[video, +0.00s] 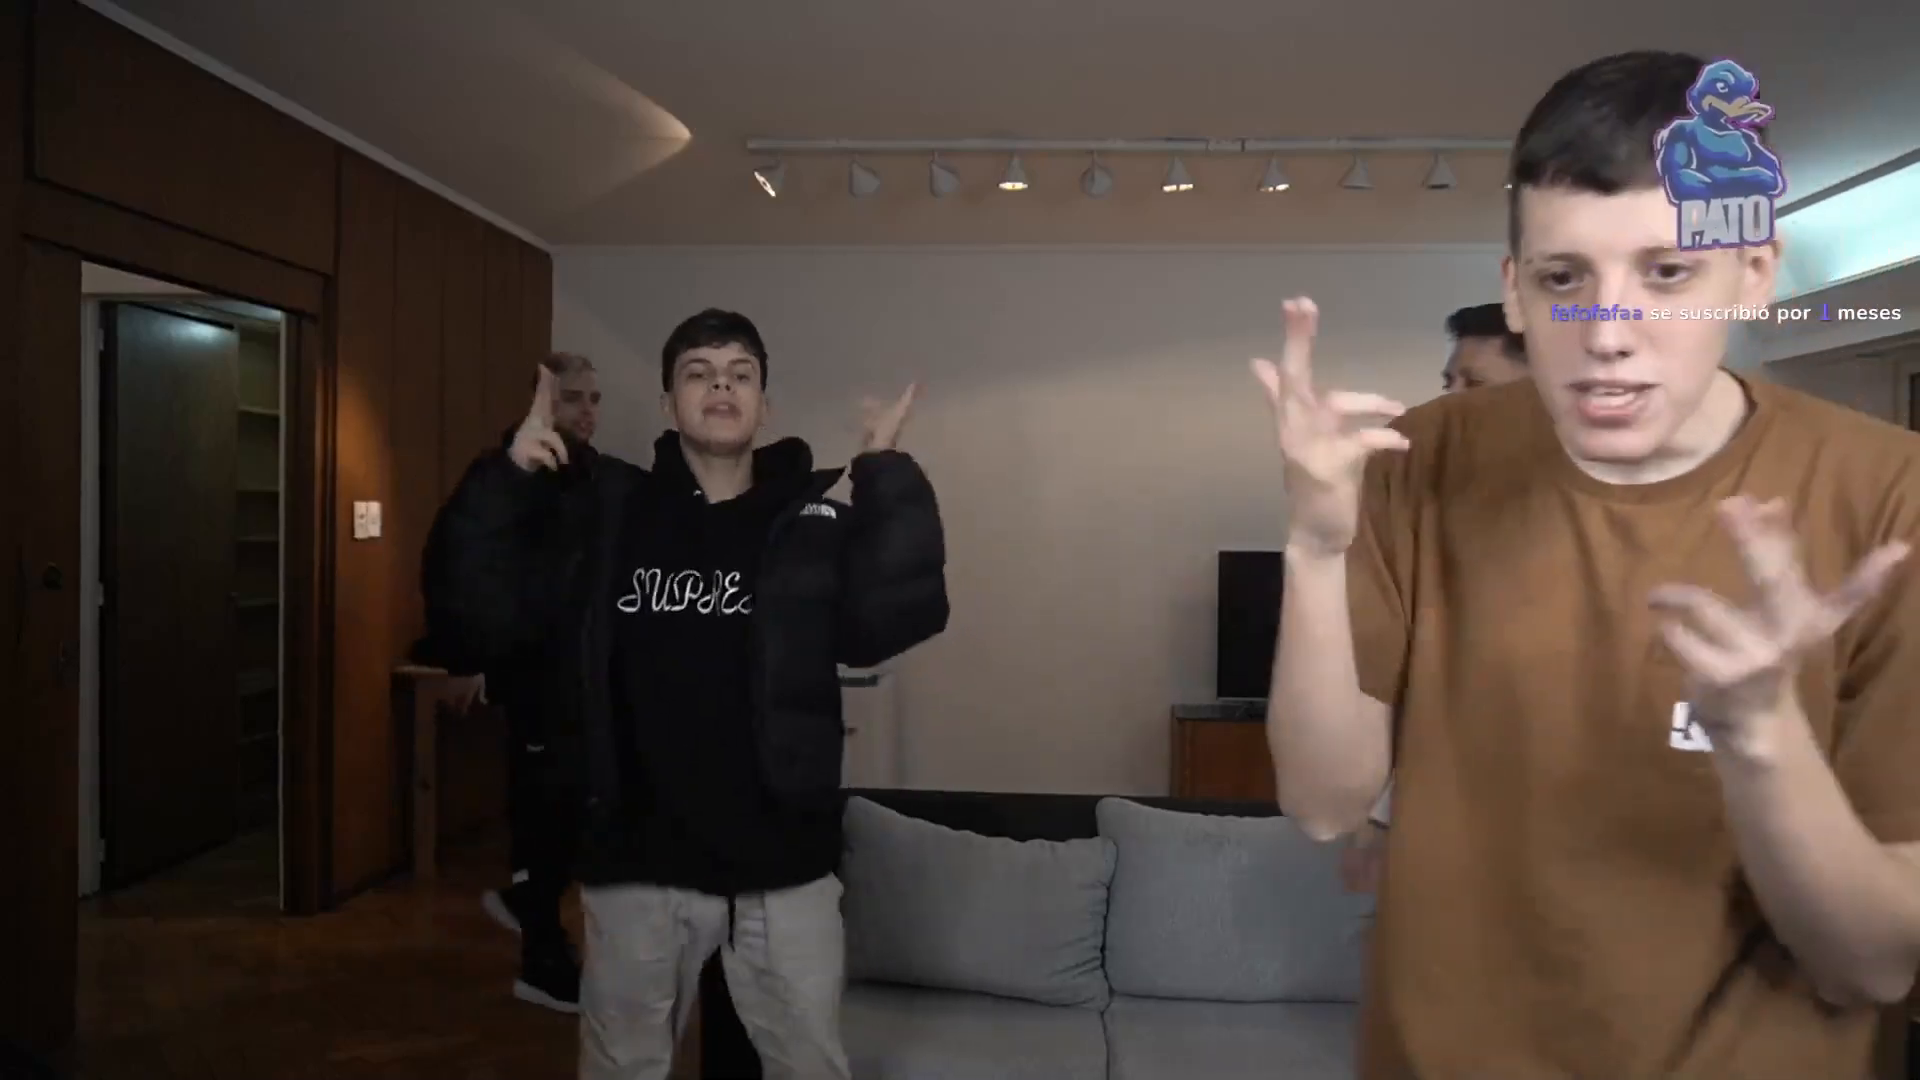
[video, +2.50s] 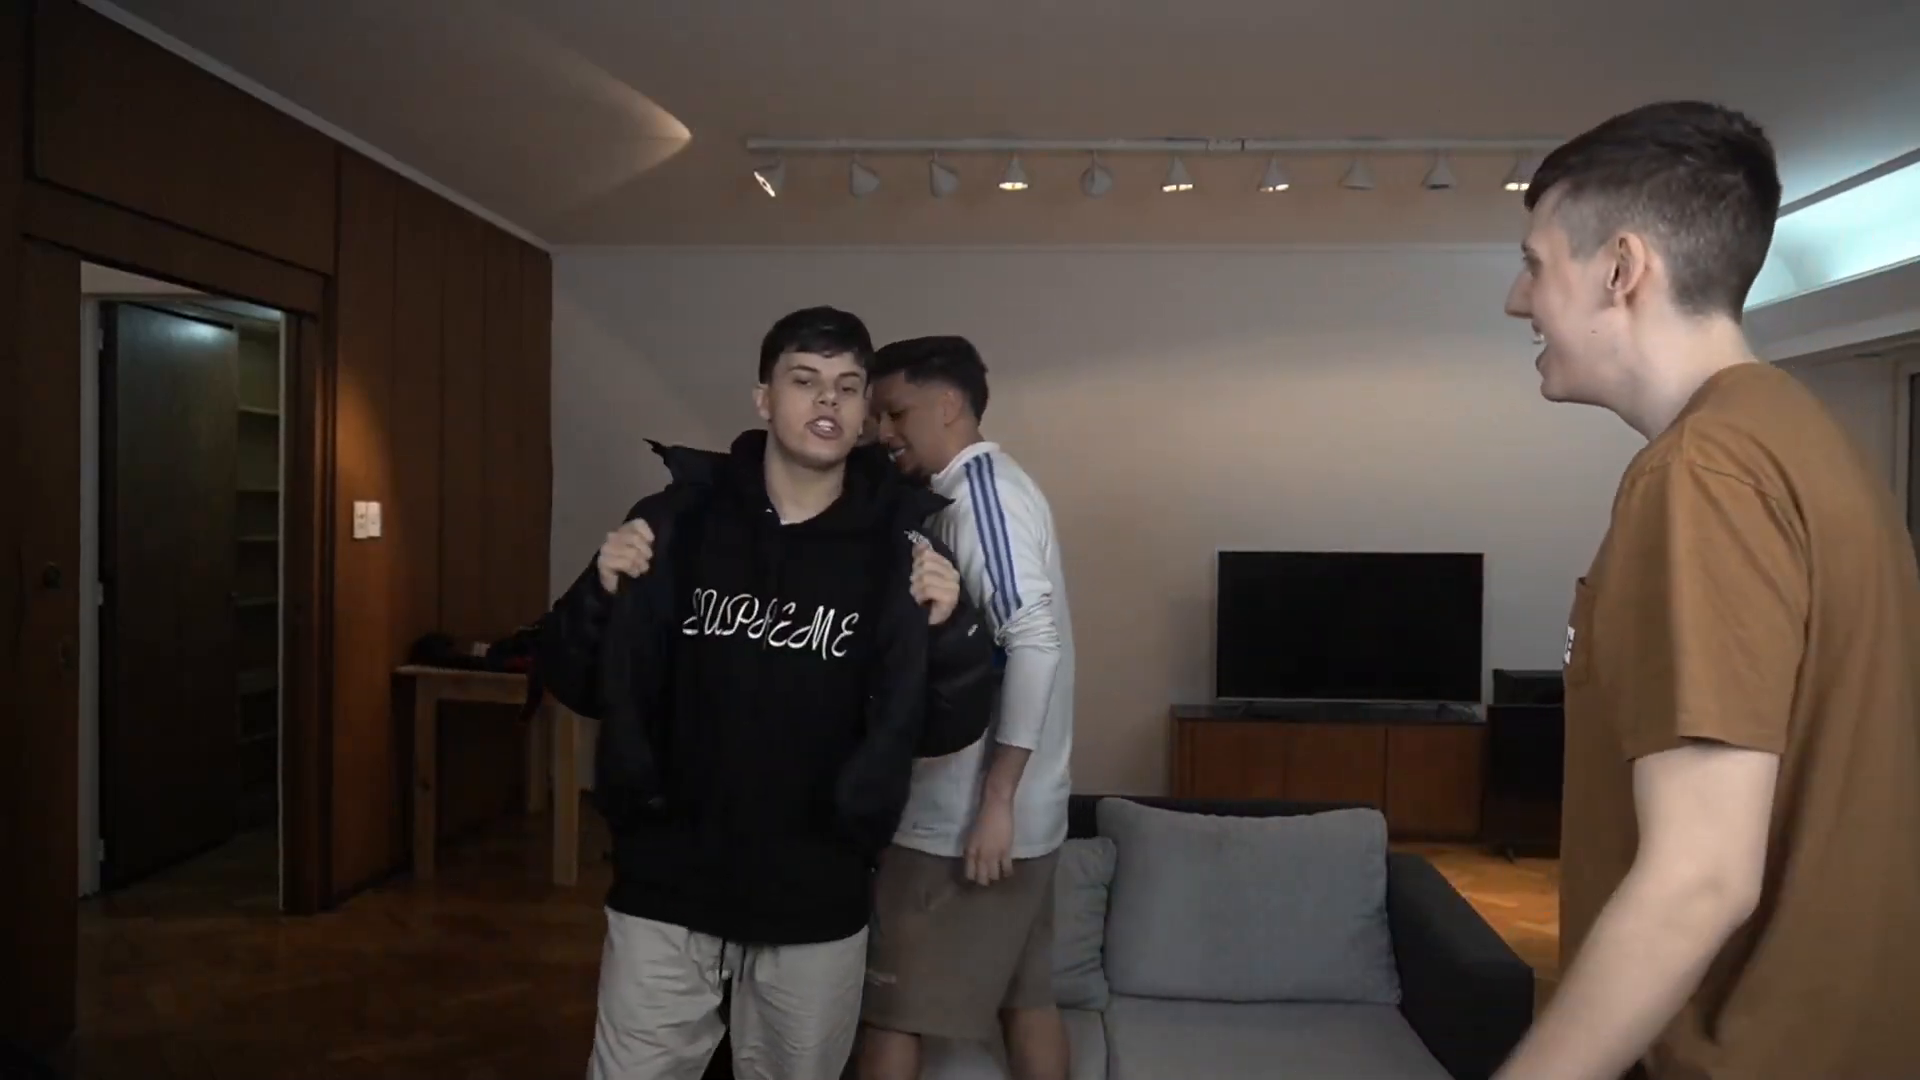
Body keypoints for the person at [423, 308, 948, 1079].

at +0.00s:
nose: (722, 388)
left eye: (742, 375)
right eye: (700, 374)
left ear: (765, 405)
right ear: (669, 404)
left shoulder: (810, 517)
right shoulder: (608, 508)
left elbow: (889, 627)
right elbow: (466, 621)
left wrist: (886, 474)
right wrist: (510, 475)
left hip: (782, 850)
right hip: (641, 849)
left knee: (811, 1066)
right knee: (622, 1064)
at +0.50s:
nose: (709, 382)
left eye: (729, 372)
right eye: (687, 372)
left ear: (755, 404)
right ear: (659, 403)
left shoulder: (822, 524)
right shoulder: (603, 515)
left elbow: (851, 667)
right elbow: (552, 676)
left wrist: (734, 722)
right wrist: (675, 648)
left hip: (780, 857)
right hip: (636, 858)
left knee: (797, 1066)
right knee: (621, 1066)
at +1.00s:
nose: (706, 398)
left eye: (727, 384)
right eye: (684, 382)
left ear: (751, 410)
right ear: (655, 407)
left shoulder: (807, 530)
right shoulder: (593, 529)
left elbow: (880, 674)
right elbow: (514, 685)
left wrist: (852, 585)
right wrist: (583, 709)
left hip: (774, 866)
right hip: (629, 869)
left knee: (790, 1068)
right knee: (627, 1068)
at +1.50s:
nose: (649, 398)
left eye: (669, 381)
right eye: (626, 382)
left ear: (694, 405)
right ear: (597, 406)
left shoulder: (747, 512)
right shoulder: (555, 517)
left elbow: (855, 642)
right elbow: (470, 687)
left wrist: (773, 532)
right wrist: (501, 587)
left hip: (715, 851)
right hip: (583, 850)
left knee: (740, 1065)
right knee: (600, 1065)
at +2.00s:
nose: (765, 398)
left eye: (785, 385)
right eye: (743, 381)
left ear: (805, 410)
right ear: (704, 406)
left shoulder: (860, 546)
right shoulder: (631, 534)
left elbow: (906, 680)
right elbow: (546, 674)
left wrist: (774, 649)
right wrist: (645, 648)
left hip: (789, 890)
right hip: (646, 881)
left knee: (775, 1071)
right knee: (633, 1069)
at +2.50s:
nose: (829, 401)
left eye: (848, 385)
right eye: (805, 380)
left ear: (867, 411)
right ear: (764, 400)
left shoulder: (901, 543)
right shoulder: (682, 517)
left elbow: (947, 729)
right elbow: (575, 683)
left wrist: (949, 627)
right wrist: (601, 588)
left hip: (814, 894)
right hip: (668, 881)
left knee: (797, 1072)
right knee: (632, 1071)